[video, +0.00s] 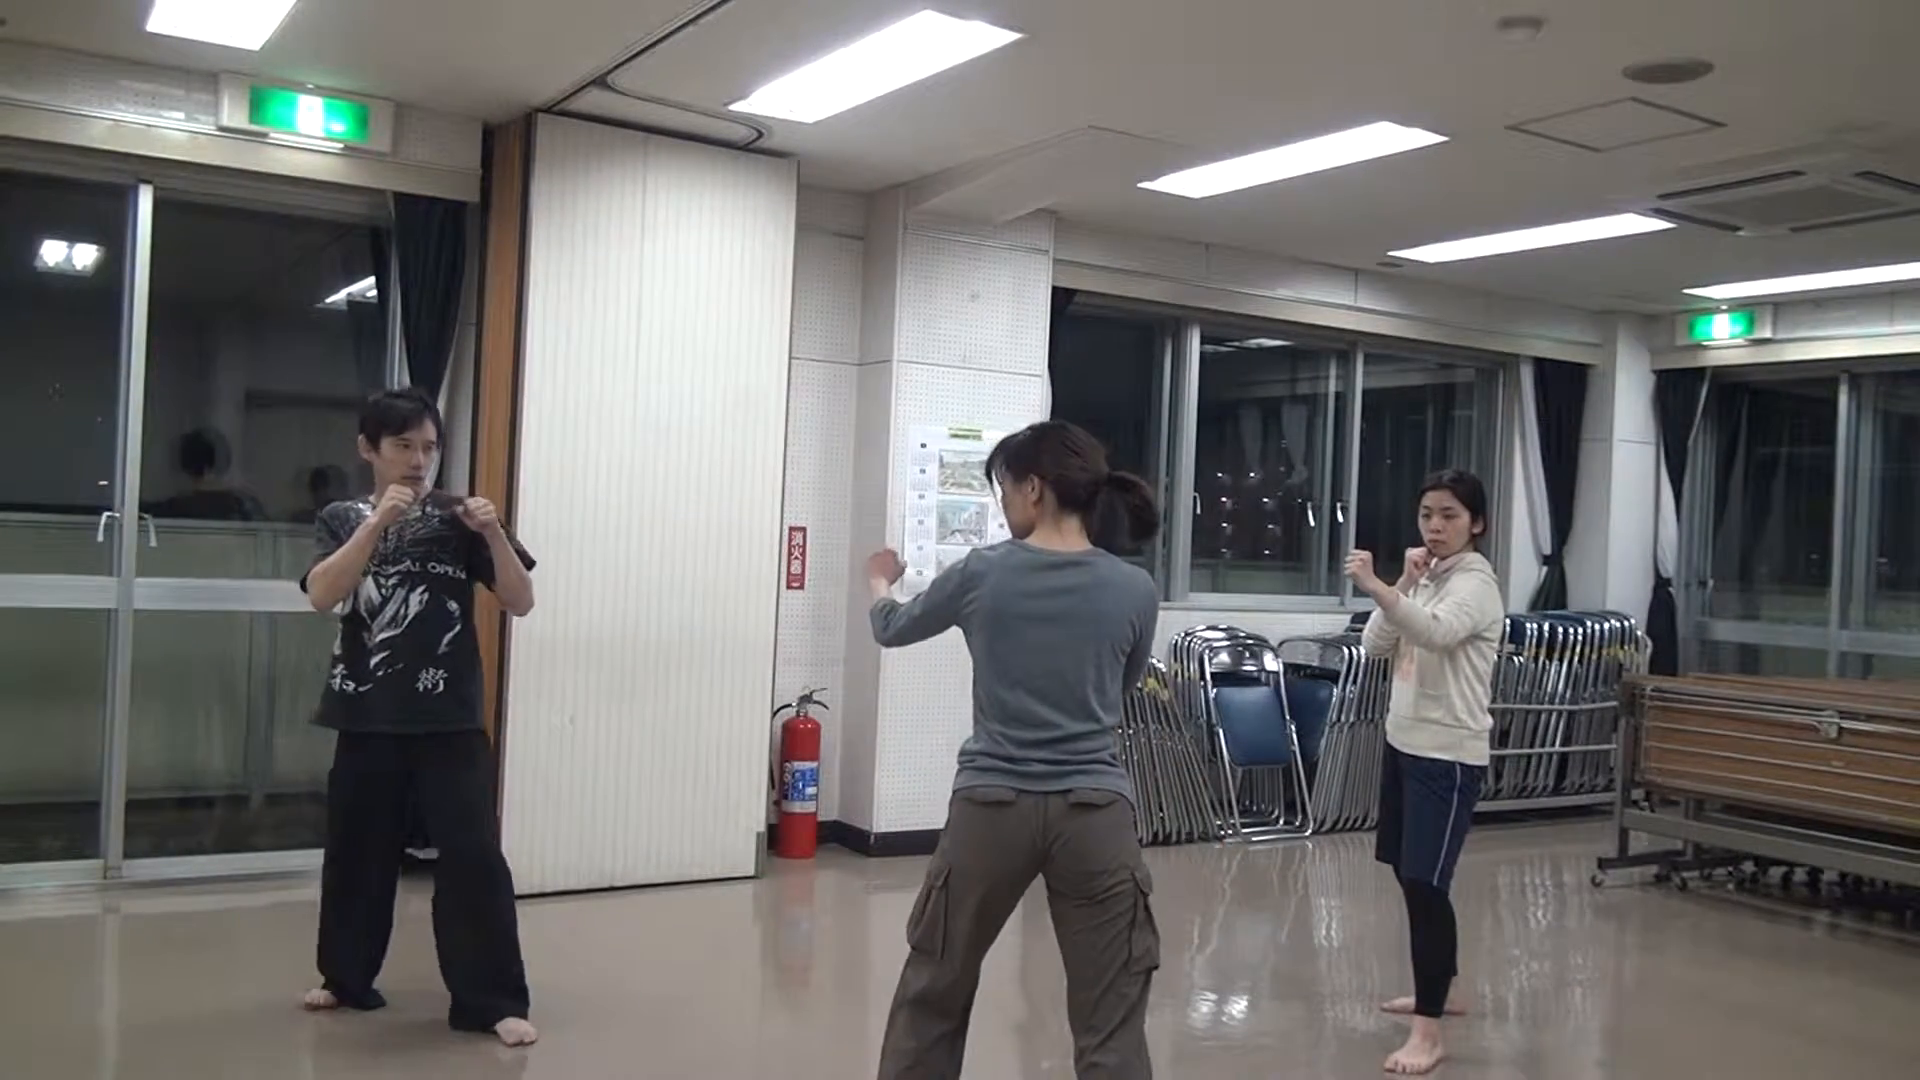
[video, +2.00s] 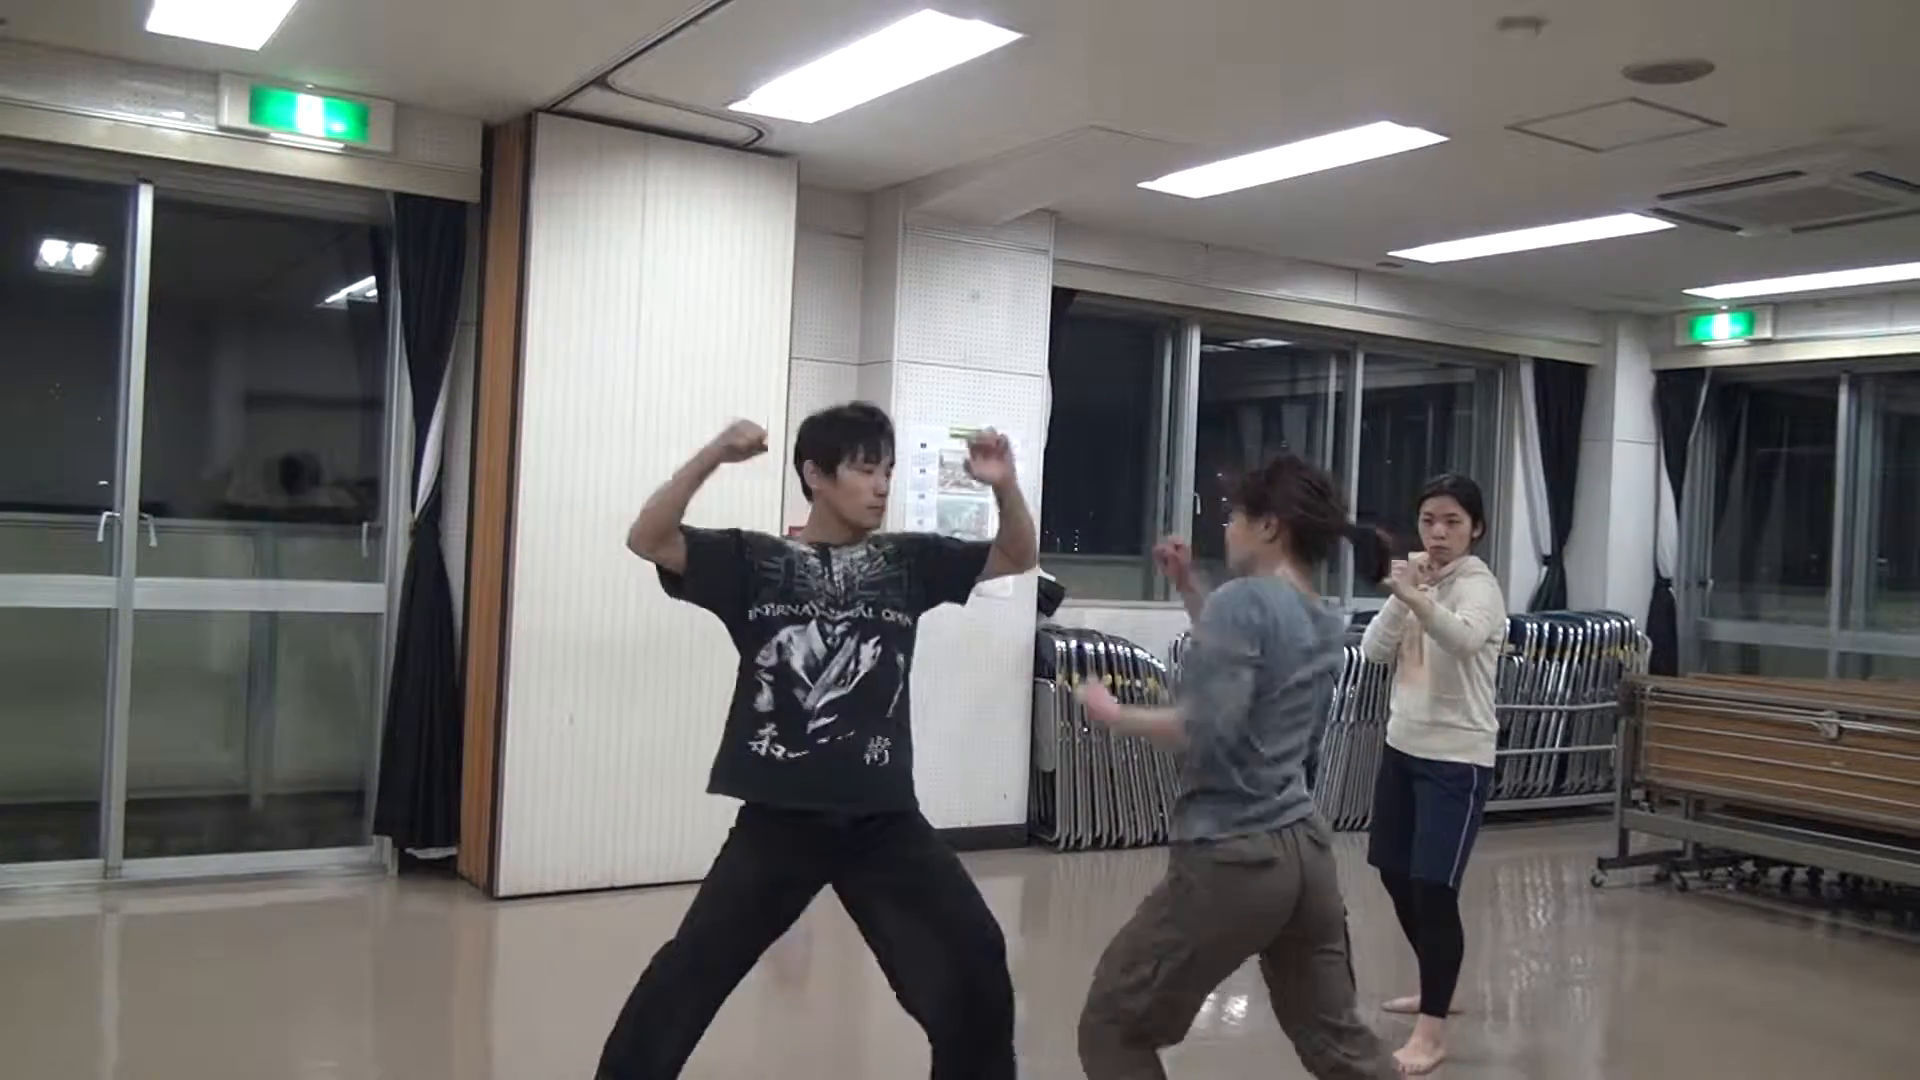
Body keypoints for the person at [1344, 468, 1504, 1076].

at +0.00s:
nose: (1433, 525)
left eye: (1447, 515)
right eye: (1427, 514)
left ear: (1475, 523)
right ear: (1419, 520)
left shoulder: (1477, 582)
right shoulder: (1422, 581)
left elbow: (1441, 632)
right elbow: (1374, 645)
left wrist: (1380, 588)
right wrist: (1404, 588)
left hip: (1446, 756)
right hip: (1406, 748)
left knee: (1425, 884)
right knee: (1408, 873)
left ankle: (1426, 1033)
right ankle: (1440, 990)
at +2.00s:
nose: (1438, 531)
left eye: (1451, 521)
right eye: (1429, 520)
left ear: (1475, 529)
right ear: (1418, 525)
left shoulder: (1480, 584)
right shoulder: (1415, 582)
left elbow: (1467, 639)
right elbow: (1373, 650)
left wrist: (1415, 597)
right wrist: (1404, 595)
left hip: (1456, 759)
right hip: (1403, 750)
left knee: (1433, 887)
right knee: (1390, 864)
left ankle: (1431, 1031)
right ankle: (1438, 984)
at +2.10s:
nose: (1439, 532)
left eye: (1452, 521)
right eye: (1430, 520)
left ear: (1475, 529)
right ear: (1418, 526)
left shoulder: (1480, 583)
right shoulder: (1414, 582)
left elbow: (1468, 638)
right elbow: (1373, 650)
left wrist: (1414, 596)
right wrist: (1403, 595)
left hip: (1456, 758)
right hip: (1402, 749)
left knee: (1432, 886)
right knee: (1390, 865)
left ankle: (1429, 1033)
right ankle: (1437, 986)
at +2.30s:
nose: (1440, 531)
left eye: (1453, 521)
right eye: (1431, 520)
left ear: (1476, 529)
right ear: (1420, 525)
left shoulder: (1480, 583)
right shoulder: (1414, 580)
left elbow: (1467, 639)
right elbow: (1373, 649)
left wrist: (1414, 594)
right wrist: (1405, 596)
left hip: (1454, 758)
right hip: (1401, 750)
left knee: (1432, 886)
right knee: (1390, 864)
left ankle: (1429, 1033)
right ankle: (1437, 986)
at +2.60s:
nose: (1440, 531)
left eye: (1453, 521)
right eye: (1431, 519)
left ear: (1476, 528)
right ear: (1419, 524)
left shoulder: (1478, 583)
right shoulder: (1414, 579)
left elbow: (1464, 637)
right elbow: (1368, 644)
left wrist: (1413, 594)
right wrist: (1400, 591)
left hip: (1454, 760)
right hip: (1403, 752)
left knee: (1430, 885)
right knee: (1390, 865)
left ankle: (1427, 1030)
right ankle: (1436, 983)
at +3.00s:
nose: (1445, 523)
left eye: (1457, 512)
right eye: (1435, 513)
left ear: (1483, 520)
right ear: (1425, 521)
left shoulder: (1508, 592)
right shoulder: (1397, 582)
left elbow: (1498, 651)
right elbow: (1353, 669)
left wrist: (1470, 577)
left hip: (1459, 750)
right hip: (1385, 735)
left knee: (1438, 895)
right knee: (1348, 853)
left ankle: (1410, 1024)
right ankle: (1355, 927)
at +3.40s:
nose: (1439, 515)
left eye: (1452, 504)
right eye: (1431, 505)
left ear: (1481, 513)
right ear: (1420, 513)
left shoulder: (1499, 584)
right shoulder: (1391, 567)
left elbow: (1523, 631)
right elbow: (1343, 623)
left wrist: (1472, 573)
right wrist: (1322, 641)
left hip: (1443, 745)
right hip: (1372, 723)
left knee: (1436, 902)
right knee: (1351, 810)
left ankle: (1408, 1023)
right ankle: (1324, 952)